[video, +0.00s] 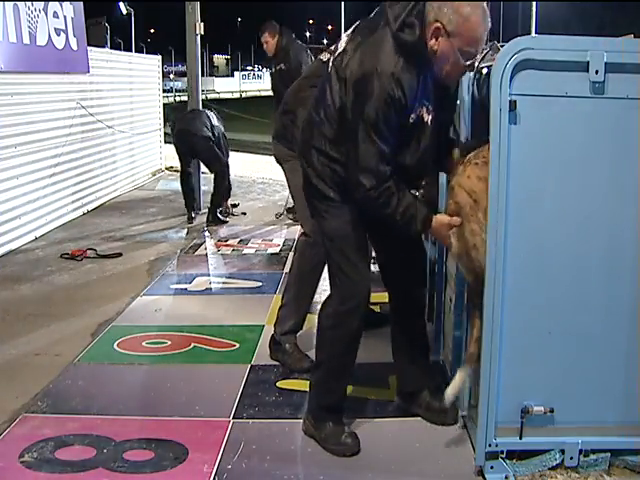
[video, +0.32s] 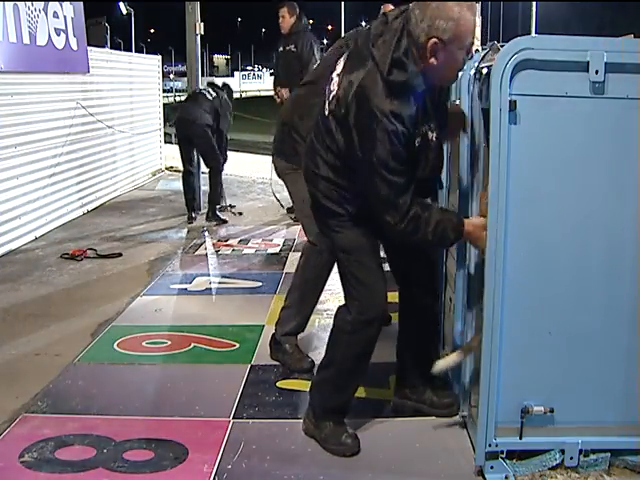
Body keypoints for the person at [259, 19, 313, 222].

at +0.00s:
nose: (265, 47)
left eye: (267, 42)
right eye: (263, 43)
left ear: (276, 38)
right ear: (270, 39)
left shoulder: (295, 55)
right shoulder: (278, 56)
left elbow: (303, 91)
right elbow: (280, 93)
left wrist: (299, 121)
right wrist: (281, 119)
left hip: (297, 119)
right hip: (286, 118)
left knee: (294, 159)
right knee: (290, 159)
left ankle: (304, 206)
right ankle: (298, 202)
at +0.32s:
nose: (280, 21)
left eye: (283, 17)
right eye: (279, 17)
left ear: (294, 17)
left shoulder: (307, 39)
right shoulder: (283, 41)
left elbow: (313, 71)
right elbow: (278, 68)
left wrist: (291, 91)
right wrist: (278, 86)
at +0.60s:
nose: (287, 16)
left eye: (290, 12)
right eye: (287, 12)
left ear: (301, 13)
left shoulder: (312, 35)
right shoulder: (287, 36)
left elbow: (316, 72)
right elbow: (280, 61)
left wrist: (291, 79)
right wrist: (275, 73)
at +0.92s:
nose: (283, 16)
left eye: (286, 12)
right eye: (282, 12)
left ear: (297, 12)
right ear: (287, 13)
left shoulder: (308, 36)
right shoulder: (285, 35)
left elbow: (314, 72)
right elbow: (278, 66)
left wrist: (291, 72)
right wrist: (263, 59)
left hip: (298, 109)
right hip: (283, 107)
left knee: (284, 154)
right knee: (278, 153)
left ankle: (274, 204)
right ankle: (274, 202)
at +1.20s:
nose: (268, 18)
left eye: (271, 14)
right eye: (267, 15)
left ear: (283, 13)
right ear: (270, 15)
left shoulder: (294, 36)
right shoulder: (269, 36)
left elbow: (299, 71)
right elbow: (257, 63)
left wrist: (280, 61)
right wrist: (245, 46)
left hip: (289, 110)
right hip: (271, 108)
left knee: (288, 161)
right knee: (267, 160)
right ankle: (257, 209)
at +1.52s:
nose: (247, 16)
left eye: (250, 11)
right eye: (245, 12)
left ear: (261, 10)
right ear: (244, 13)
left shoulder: (272, 31)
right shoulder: (242, 33)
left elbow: (281, 61)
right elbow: (226, 58)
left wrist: (265, 39)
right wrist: (225, 27)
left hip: (265, 105)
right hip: (245, 105)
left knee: (265, 157)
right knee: (247, 160)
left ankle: (291, 198)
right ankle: (255, 211)